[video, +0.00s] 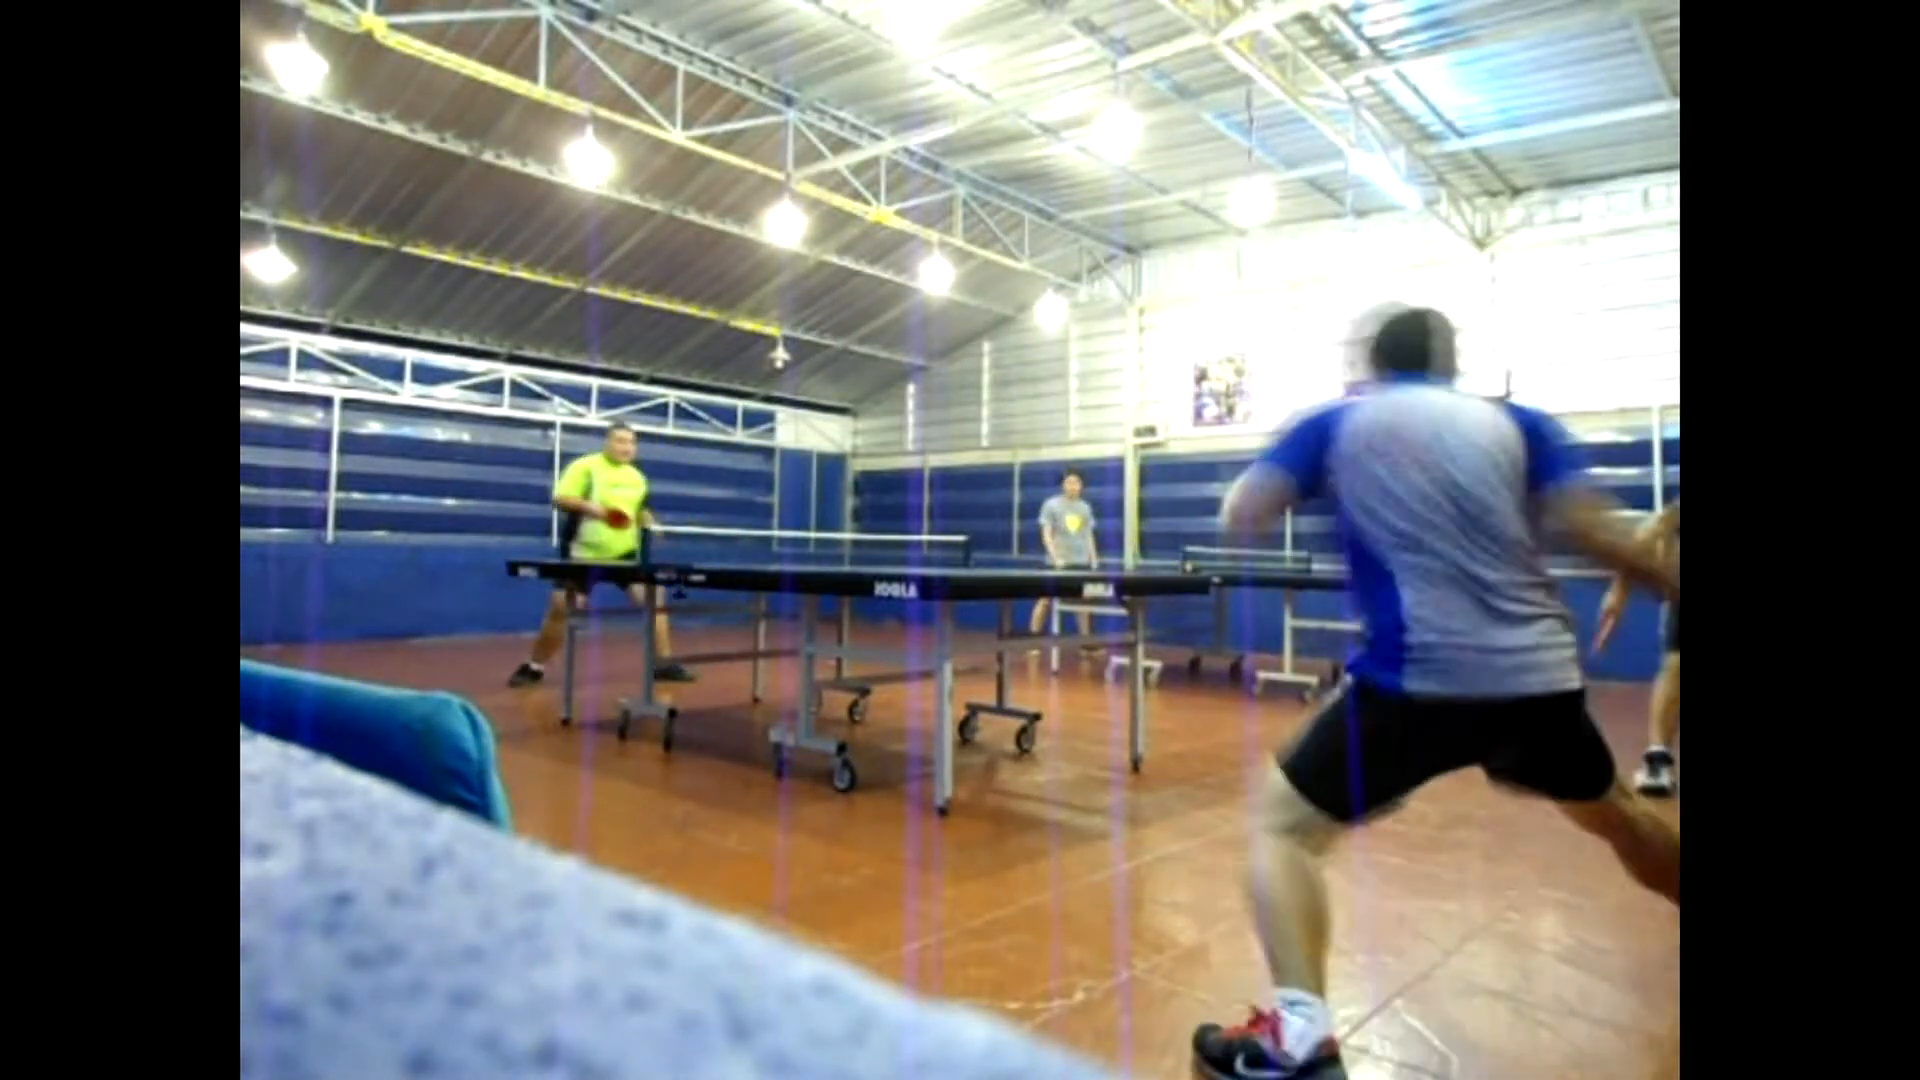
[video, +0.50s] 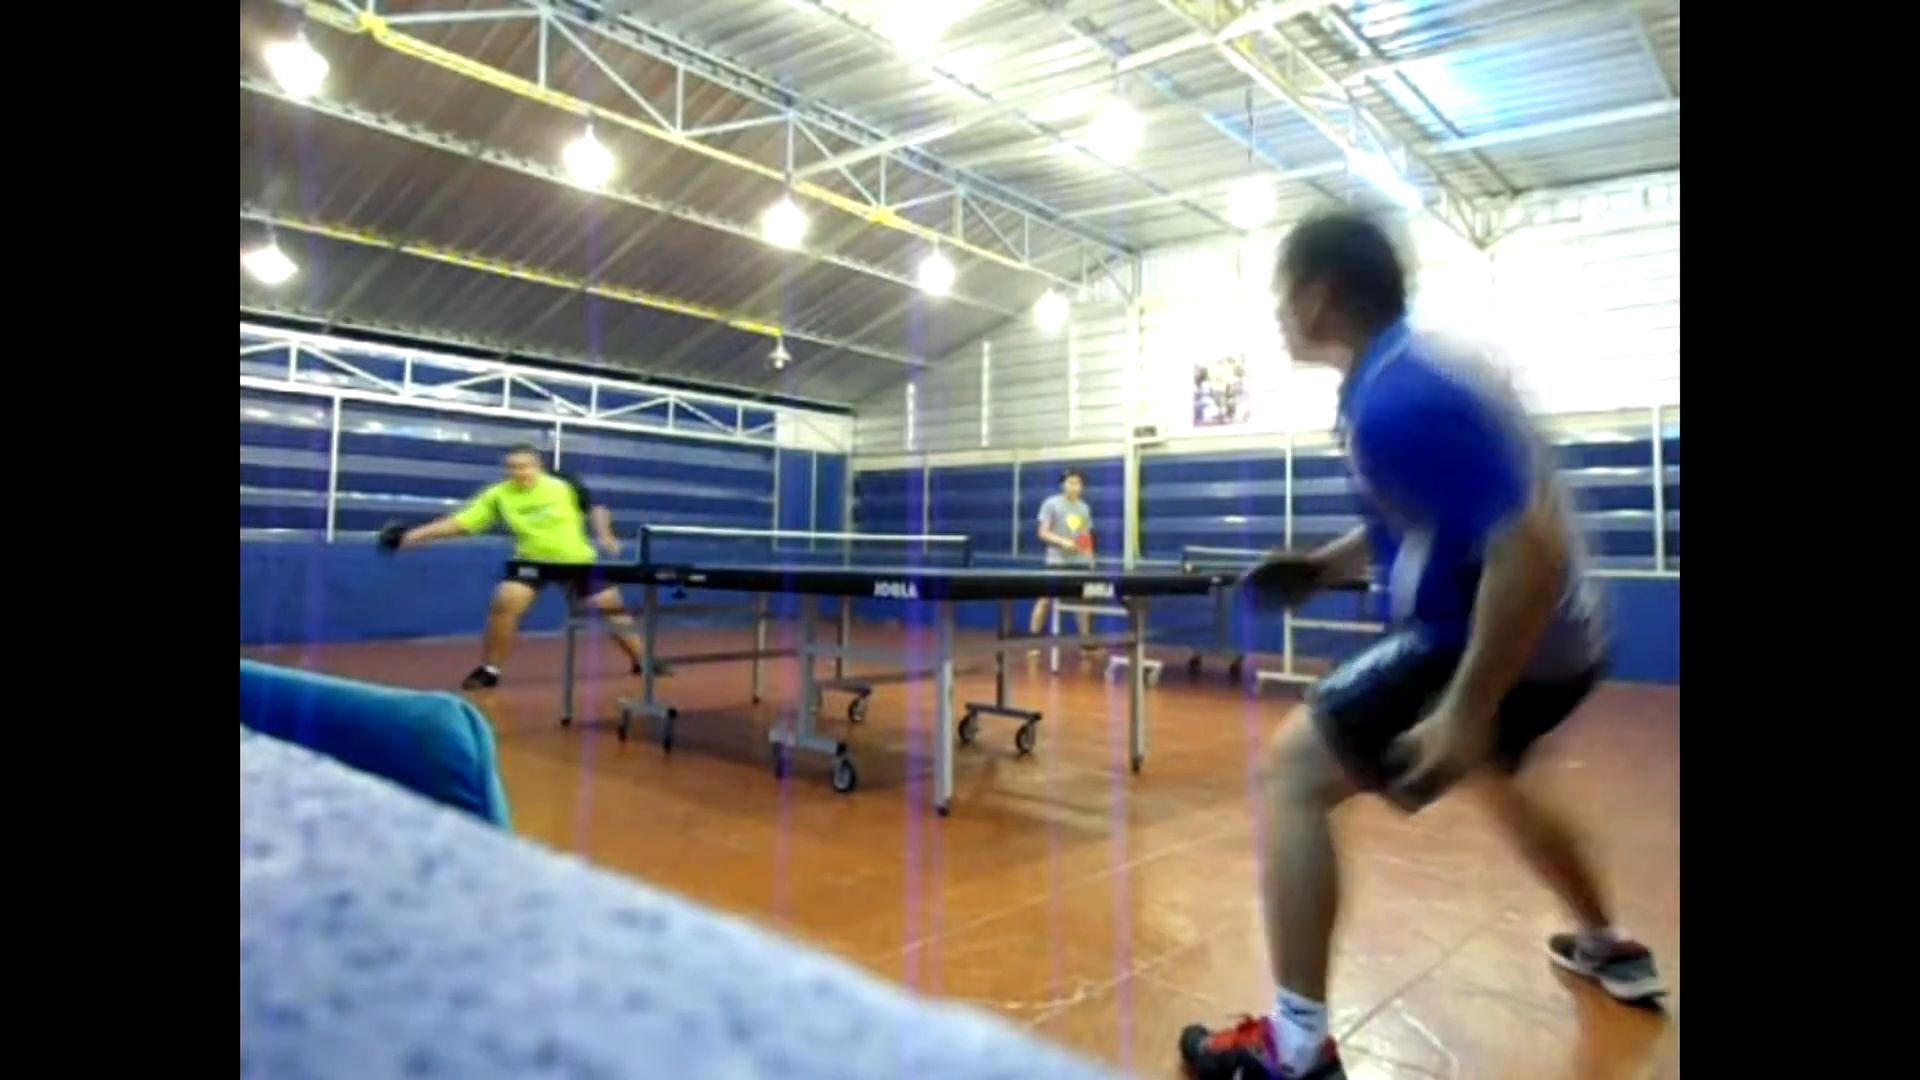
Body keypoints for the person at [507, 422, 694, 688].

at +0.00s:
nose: (626, 447)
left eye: (630, 442)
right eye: (620, 441)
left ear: (635, 447)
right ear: (607, 443)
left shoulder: (637, 478)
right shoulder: (585, 467)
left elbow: (638, 507)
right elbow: (562, 496)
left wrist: (649, 523)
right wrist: (600, 512)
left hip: (625, 558)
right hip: (585, 556)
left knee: (655, 598)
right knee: (559, 607)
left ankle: (663, 660)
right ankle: (534, 665)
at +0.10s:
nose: (614, 442)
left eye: (618, 436)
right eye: (608, 435)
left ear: (623, 441)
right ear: (595, 437)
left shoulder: (629, 469)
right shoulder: (571, 460)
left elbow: (635, 497)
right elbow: (550, 491)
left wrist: (642, 506)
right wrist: (580, 502)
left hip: (615, 546)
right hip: (573, 545)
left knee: (641, 599)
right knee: (553, 601)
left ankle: (666, 656)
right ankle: (532, 661)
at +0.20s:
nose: (601, 443)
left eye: (606, 438)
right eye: (596, 437)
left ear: (612, 441)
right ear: (584, 439)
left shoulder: (624, 468)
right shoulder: (564, 463)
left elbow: (637, 498)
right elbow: (539, 494)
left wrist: (633, 503)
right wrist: (558, 506)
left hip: (612, 542)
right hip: (568, 541)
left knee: (635, 594)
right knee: (544, 594)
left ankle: (643, 658)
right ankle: (523, 658)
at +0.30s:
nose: (586, 456)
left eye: (591, 450)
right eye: (581, 451)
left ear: (599, 452)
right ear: (571, 453)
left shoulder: (614, 478)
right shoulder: (553, 479)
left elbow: (637, 507)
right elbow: (535, 510)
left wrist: (622, 513)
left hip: (607, 558)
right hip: (562, 557)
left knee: (636, 600)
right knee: (535, 600)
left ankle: (643, 663)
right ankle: (501, 664)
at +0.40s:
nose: (555, 471)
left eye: (561, 464)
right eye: (549, 465)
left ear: (572, 464)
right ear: (541, 467)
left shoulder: (593, 488)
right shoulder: (530, 493)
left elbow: (622, 509)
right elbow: (502, 523)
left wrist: (620, 521)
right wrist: (458, 528)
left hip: (596, 561)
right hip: (552, 562)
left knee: (632, 600)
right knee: (524, 603)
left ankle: (644, 662)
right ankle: (494, 669)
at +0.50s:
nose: (521, 473)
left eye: (526, 466)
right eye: (515, 468)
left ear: (538, 465)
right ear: (508, 470)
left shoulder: (563, 486)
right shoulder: (499, 496)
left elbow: (595, 508)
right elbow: (459, 522)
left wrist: (605, 536)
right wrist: (410, 537)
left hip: (577, 559)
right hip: (532, 561)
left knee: (611, 605)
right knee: (504, 603)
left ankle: (643, 660)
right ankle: (490, 669)